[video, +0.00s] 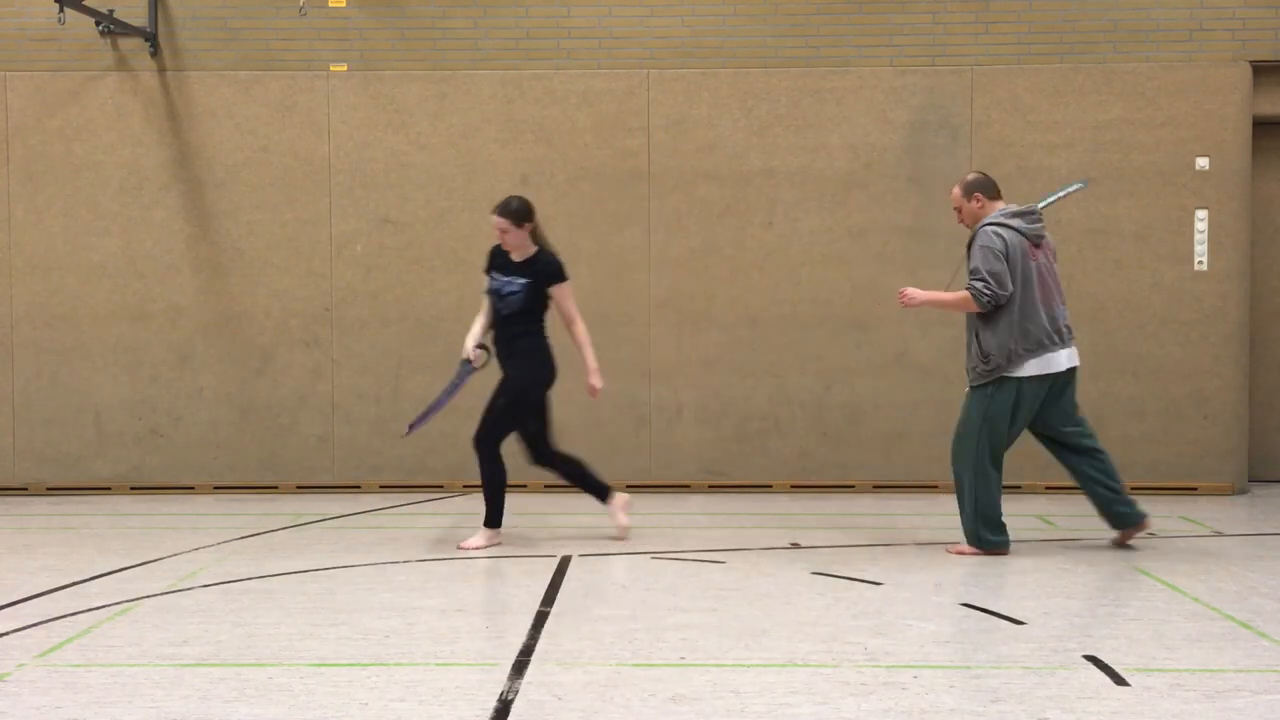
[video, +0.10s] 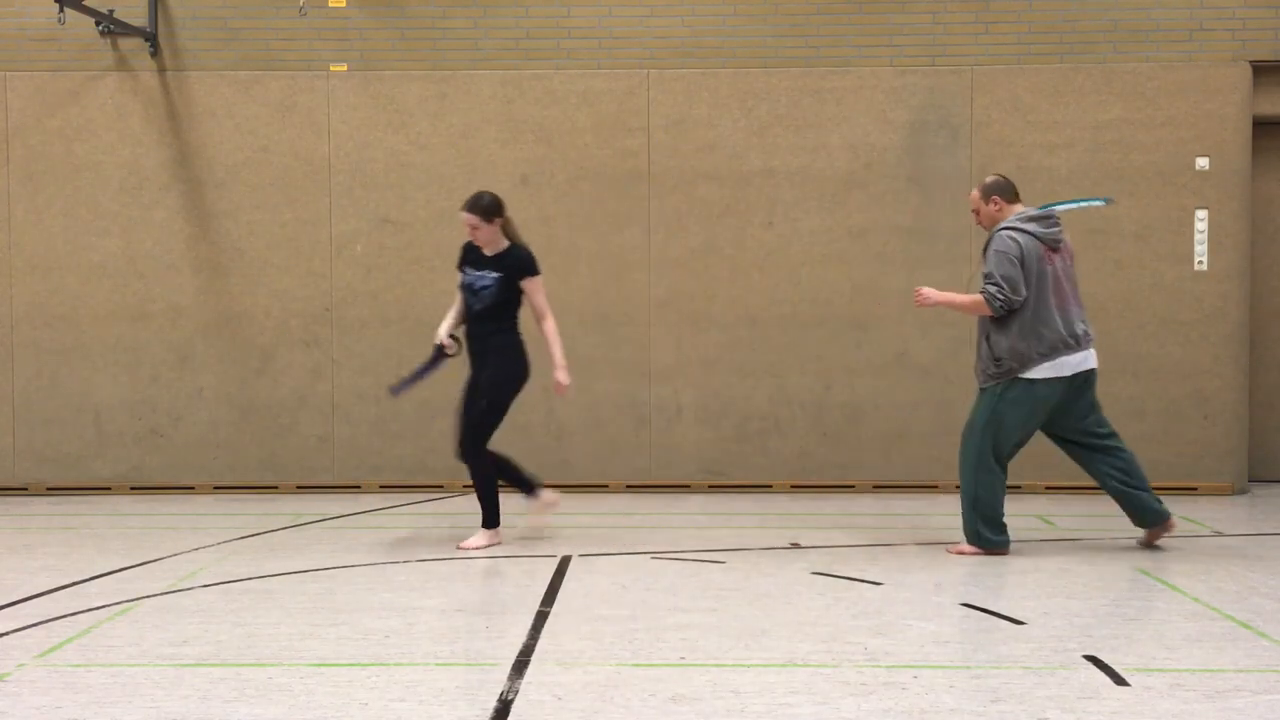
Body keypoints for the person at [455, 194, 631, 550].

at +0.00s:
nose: (499, 238)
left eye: (504, 231)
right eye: (497, 231)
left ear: (525, 228)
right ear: (502, 229)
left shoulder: (546, 265)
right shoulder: (498, 258)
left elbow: (573, 320)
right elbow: (489, 308)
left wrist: (593, 370)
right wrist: (471, 341)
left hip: (533, 367)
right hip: (514, 366)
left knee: (486, 440)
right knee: (541, 452)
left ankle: (491, 530)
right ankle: (612, 498)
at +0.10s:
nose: (470, 234)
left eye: (474, 227)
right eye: (467, 228)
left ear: (495, 223)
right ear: (472, 226)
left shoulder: (519, 259)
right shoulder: (470, 254)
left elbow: (544, 315)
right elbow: (464, 301)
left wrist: (560, 366)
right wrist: (445, 328)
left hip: (507, 364)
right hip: (481, 363)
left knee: (472, 445)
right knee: (470, 446)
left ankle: (490, 529)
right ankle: (538, 493)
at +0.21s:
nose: (443, 230)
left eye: (447, 223)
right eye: (440, 223)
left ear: (468, 217)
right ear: (443, 221)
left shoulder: (494, 252)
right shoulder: (443, 249)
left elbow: (515, 309)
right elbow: (438, 300)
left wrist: (524, 360)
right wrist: (417, 321)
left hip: (480, 359)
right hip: (450, 359)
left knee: (465, 444)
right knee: (416, 437)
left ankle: (491, 529)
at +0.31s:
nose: (419, 231)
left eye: (424, 225)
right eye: (416, 225)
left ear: (444, 218)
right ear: (415, 222)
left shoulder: (469, 252)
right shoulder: (413, 251)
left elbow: (485, 311)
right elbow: (406, 303)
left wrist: (488, 361)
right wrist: (384, 318)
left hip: (455, 360)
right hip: (416, 359)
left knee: (458, 445)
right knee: (383, 435)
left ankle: (490, 528)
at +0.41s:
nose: (398, 235)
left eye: (404, 229)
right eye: (394, 229)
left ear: (422, 225)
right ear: (392, 225)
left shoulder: (444, 262)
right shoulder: (381, 258)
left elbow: (453, 318)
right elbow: (366, 309)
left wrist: (458, 365)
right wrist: (351, 316)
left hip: (426, 365)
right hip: (383, 363)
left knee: (445, 448)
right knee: (353, 443)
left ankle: (485, 527)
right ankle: (318, 518)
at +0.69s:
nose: (395, 229)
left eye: (398, 222)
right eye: (389, 222)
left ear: (399, 225)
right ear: (368, 223)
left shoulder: (395, 267)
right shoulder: (339, 258)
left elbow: (399, 322)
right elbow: (317, 316)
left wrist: (415, 362)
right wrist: (325, 276)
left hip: (374, 365)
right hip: (333, 363)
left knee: (414, 437)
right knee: (330, 448)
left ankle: (432, 521)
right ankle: (316, 524)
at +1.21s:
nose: (374, 224)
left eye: (375, 218)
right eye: (369, 218)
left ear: (358, 219)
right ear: (348, 218)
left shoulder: (363, 267)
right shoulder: (320, 251)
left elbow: (379, 324)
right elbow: (314, 262)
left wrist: (409, 364)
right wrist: (320, 217)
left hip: (350, 369)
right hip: (311, 365)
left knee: (392, 438)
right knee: (301, 445)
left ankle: (415, 520)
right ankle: (281, 523)